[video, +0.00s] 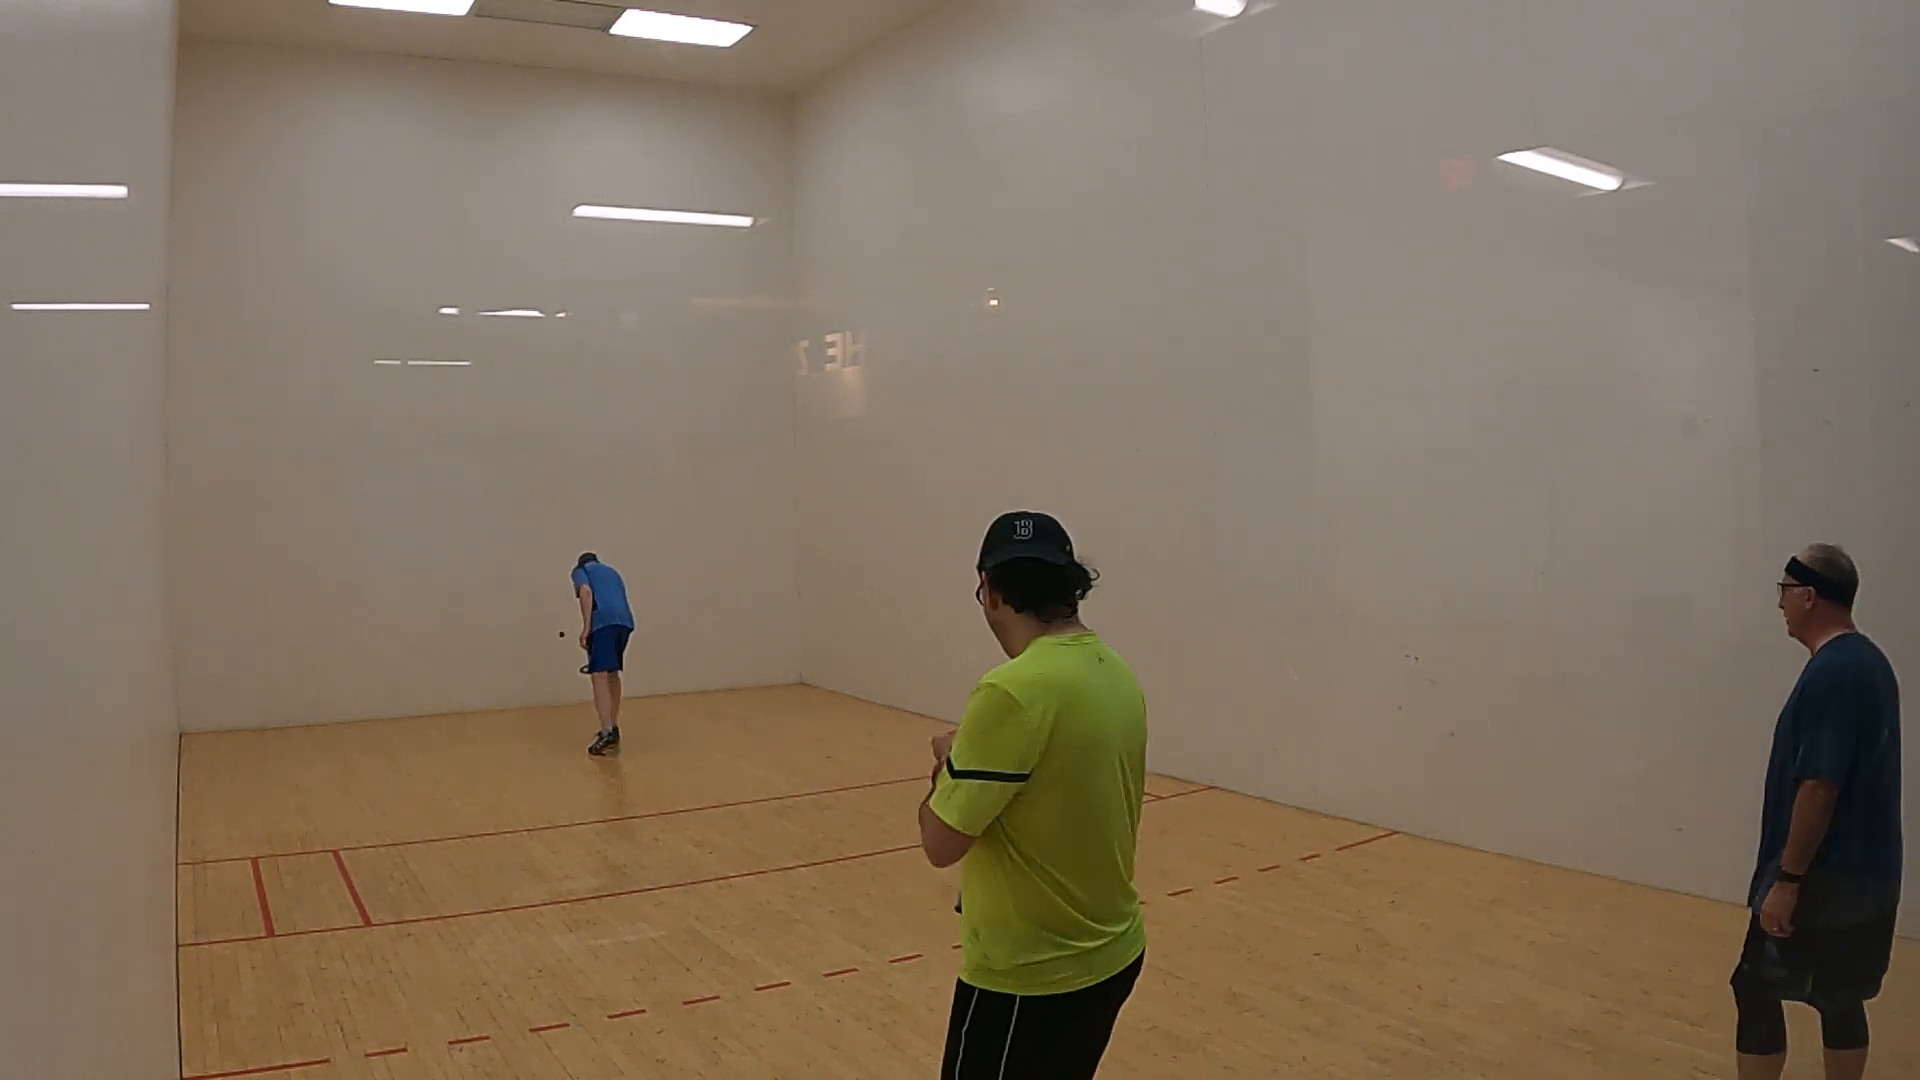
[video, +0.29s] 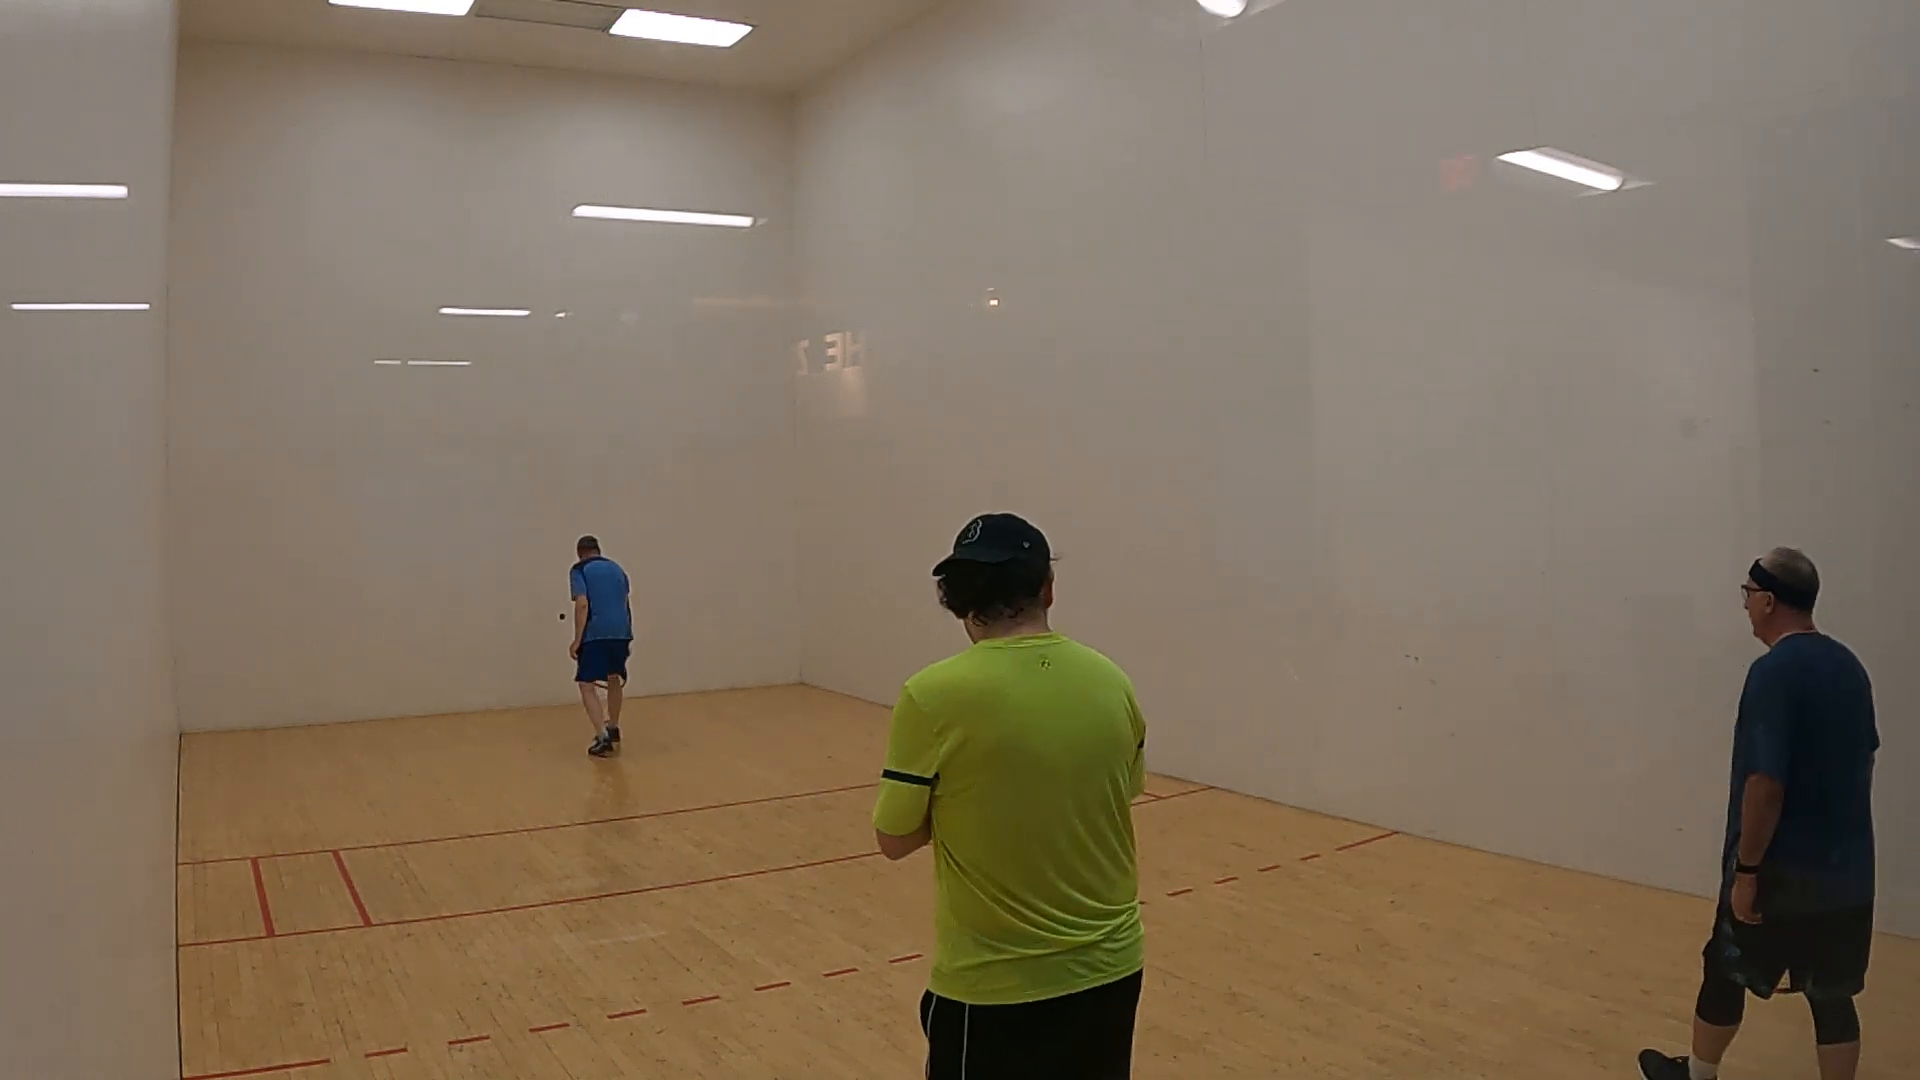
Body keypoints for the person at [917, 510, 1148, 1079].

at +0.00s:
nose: (981, 604)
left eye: (980, 589)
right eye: (981, 589)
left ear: (990, 591)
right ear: (1067, 590)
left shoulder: (1013, 693)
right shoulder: (1112, 671)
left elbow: (941, 845)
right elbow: (1073, 800)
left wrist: (945, 767)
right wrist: (981, 754)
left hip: (1025, 982)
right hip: (1107, 960)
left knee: (981, 1073)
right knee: (1063, 1071)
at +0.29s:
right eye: (1050, 577)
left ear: (957, 602)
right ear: (1048, 588)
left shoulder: (933, 695)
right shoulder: (1107, 678)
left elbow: (895, 838)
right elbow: (1126, 788)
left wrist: (966, 789)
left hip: (988, 1001)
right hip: (1108, 987)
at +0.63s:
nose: (1091, 589)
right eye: (1090, 578)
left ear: (995, 594)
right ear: (1084, 588)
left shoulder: (947, 696)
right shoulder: (1145, 690)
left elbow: (915, 837)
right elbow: (1156, 835)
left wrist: (990, 796)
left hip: (991, 1016)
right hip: (1123, 1011)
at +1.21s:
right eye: (1180, 589)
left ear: (1080, 598)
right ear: (1173, 598)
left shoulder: (1031, 700)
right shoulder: (1222, 699)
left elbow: (988, 833)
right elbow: (1228, 831)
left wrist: (1064, 794)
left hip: (1055, 1016)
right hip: (1184, 1011)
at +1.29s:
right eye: (1182, 588)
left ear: (1081, 597)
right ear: (1175, 597)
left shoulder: (1034, 700)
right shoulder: (1226, 699)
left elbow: (993, 835)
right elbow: (1231, 833)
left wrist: (1069, 796)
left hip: (1059, 1016)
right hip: (1187, 1010)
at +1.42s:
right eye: (1184, 587)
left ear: (1082, 599)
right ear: (1177, 597)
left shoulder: (1037, 702)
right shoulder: (1229, 700)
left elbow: (995, 837)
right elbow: (1232, 834)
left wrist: (1070, 797)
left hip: (1060, 1017)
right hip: (1188, 1011)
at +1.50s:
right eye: (1186, 585)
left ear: (1082, 599)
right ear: (1178, 596)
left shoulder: (1039, 703)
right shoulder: (1230, 701)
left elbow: (994, 838)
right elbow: (1232, 833)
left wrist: (1069, 796)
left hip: (1061, 1016)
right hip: (1188, 1010)